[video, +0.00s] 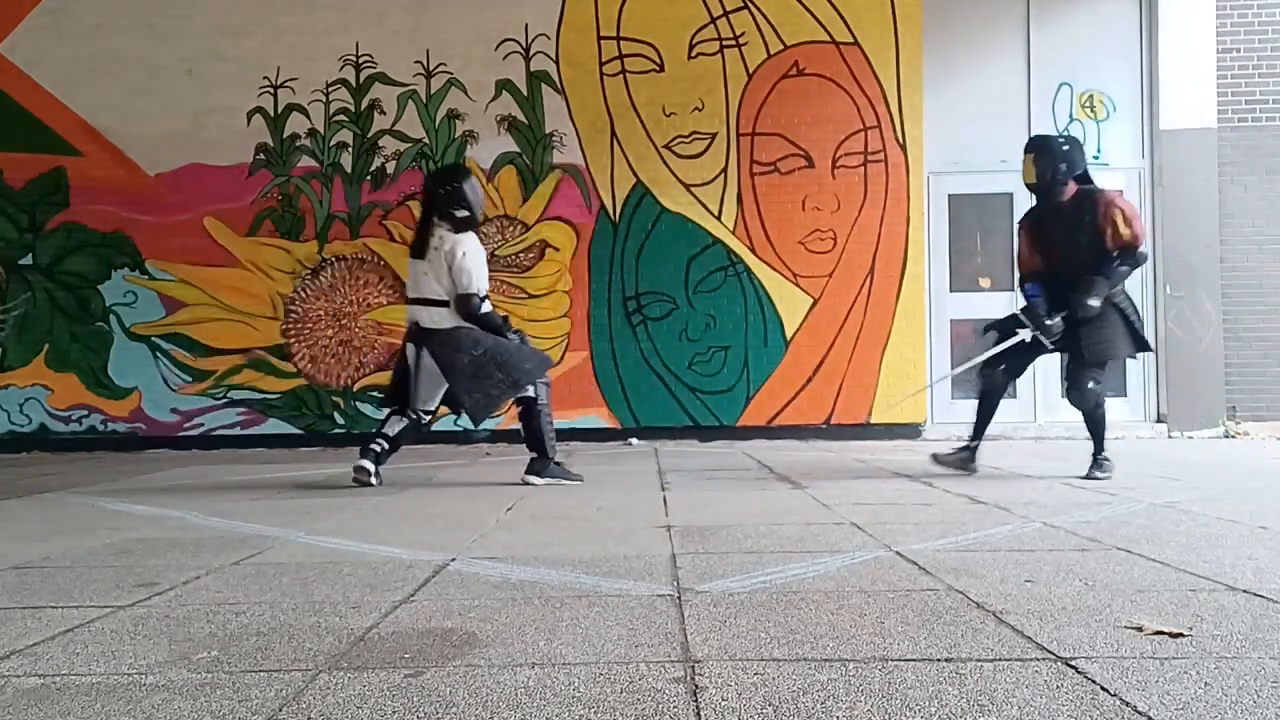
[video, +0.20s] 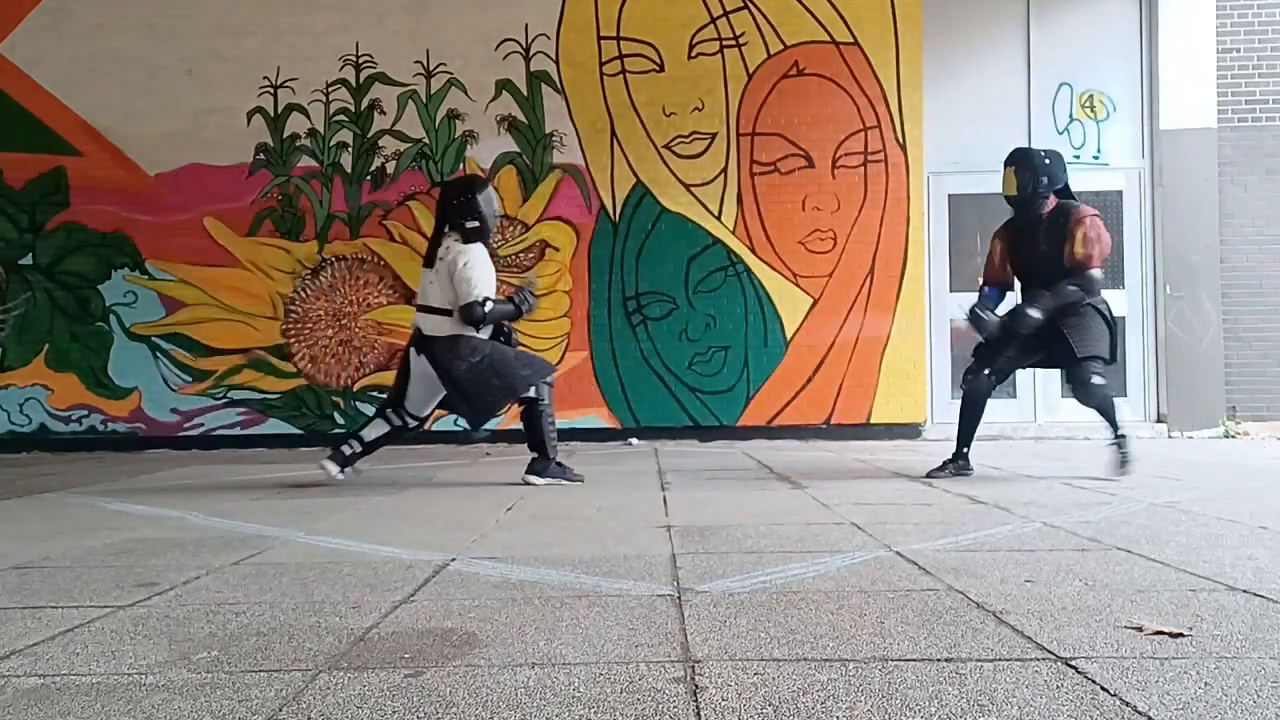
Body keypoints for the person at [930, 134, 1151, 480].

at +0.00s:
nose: (1033, 177)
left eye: (1040, 168)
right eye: (1031, 169)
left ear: (1065, 169)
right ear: (1033, 172)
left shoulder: (1107, 206)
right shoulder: (1032, 223)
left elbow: (1134, 253)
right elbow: (1031, 277)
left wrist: (1098, 289)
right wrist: (1039, 312)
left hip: (1095, 308)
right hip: (1051, 309)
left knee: (1083, 386)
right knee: (996, 369)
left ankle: (1100, 457)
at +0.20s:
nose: (1013, 192)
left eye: (1020, 182)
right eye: (1012, 183)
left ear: (1047, 185)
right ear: (1011, 187)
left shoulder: (1082, 220)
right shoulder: (1007, 234)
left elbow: (1090, 281)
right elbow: (995, 284)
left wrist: (1042, 305)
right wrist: (984, 307)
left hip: (1079, 313)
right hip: (1032, 316)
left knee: (1087, 385)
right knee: (977, 377)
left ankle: (1118, 434)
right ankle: (961, 457)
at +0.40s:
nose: (1023, 179)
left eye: (1030, 170)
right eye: (1022, 170)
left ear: (1056, 173)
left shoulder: (1092, 213)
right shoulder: (1027, 229)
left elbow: (1093, 274)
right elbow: (1020, 282)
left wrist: (1035, 304)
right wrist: (997, 286)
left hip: (1095, 316)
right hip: (1048, 318)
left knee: (1125, 400)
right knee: (994, 377)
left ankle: (1179, 461)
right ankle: (964, 458)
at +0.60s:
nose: (1021, 172)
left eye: (1028, 164)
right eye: (1021, 164)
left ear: (1054, 167)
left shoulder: (1089, 209)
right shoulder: (1027, 227)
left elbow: (1091, 271)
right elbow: (1027, 283)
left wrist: (1033, 299)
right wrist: (998, 278)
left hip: (1090, 316)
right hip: (1044, 318)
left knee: (1122, 398)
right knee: (986, 371)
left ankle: (1180, 461)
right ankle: (973, 457)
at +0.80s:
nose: (997, 176)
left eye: (1004, 167)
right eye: (997, 168)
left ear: (1030, 171)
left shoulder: (1062, 211)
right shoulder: (1001, 227)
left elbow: (1061, 272)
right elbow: (1000, 282)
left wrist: (1001, 298)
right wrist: (970, 275)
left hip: (1066, 315)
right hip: (1021, 318)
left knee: (1109, 395)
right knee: (965, 371)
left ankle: (1174, 459)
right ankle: (972, 457)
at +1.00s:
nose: (975, 169)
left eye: (982, 160)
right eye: (974, 160)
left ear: (1007, 162)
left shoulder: (1041, 201)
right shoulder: (979, 217)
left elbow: (1044, 262)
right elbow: (970, 267)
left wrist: (991, 290)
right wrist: (945, 278)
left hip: (1046, 301)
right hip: (1004, 306)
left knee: (1075, 391)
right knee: (960, 372)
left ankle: (1129, 450)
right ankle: (972, 458)